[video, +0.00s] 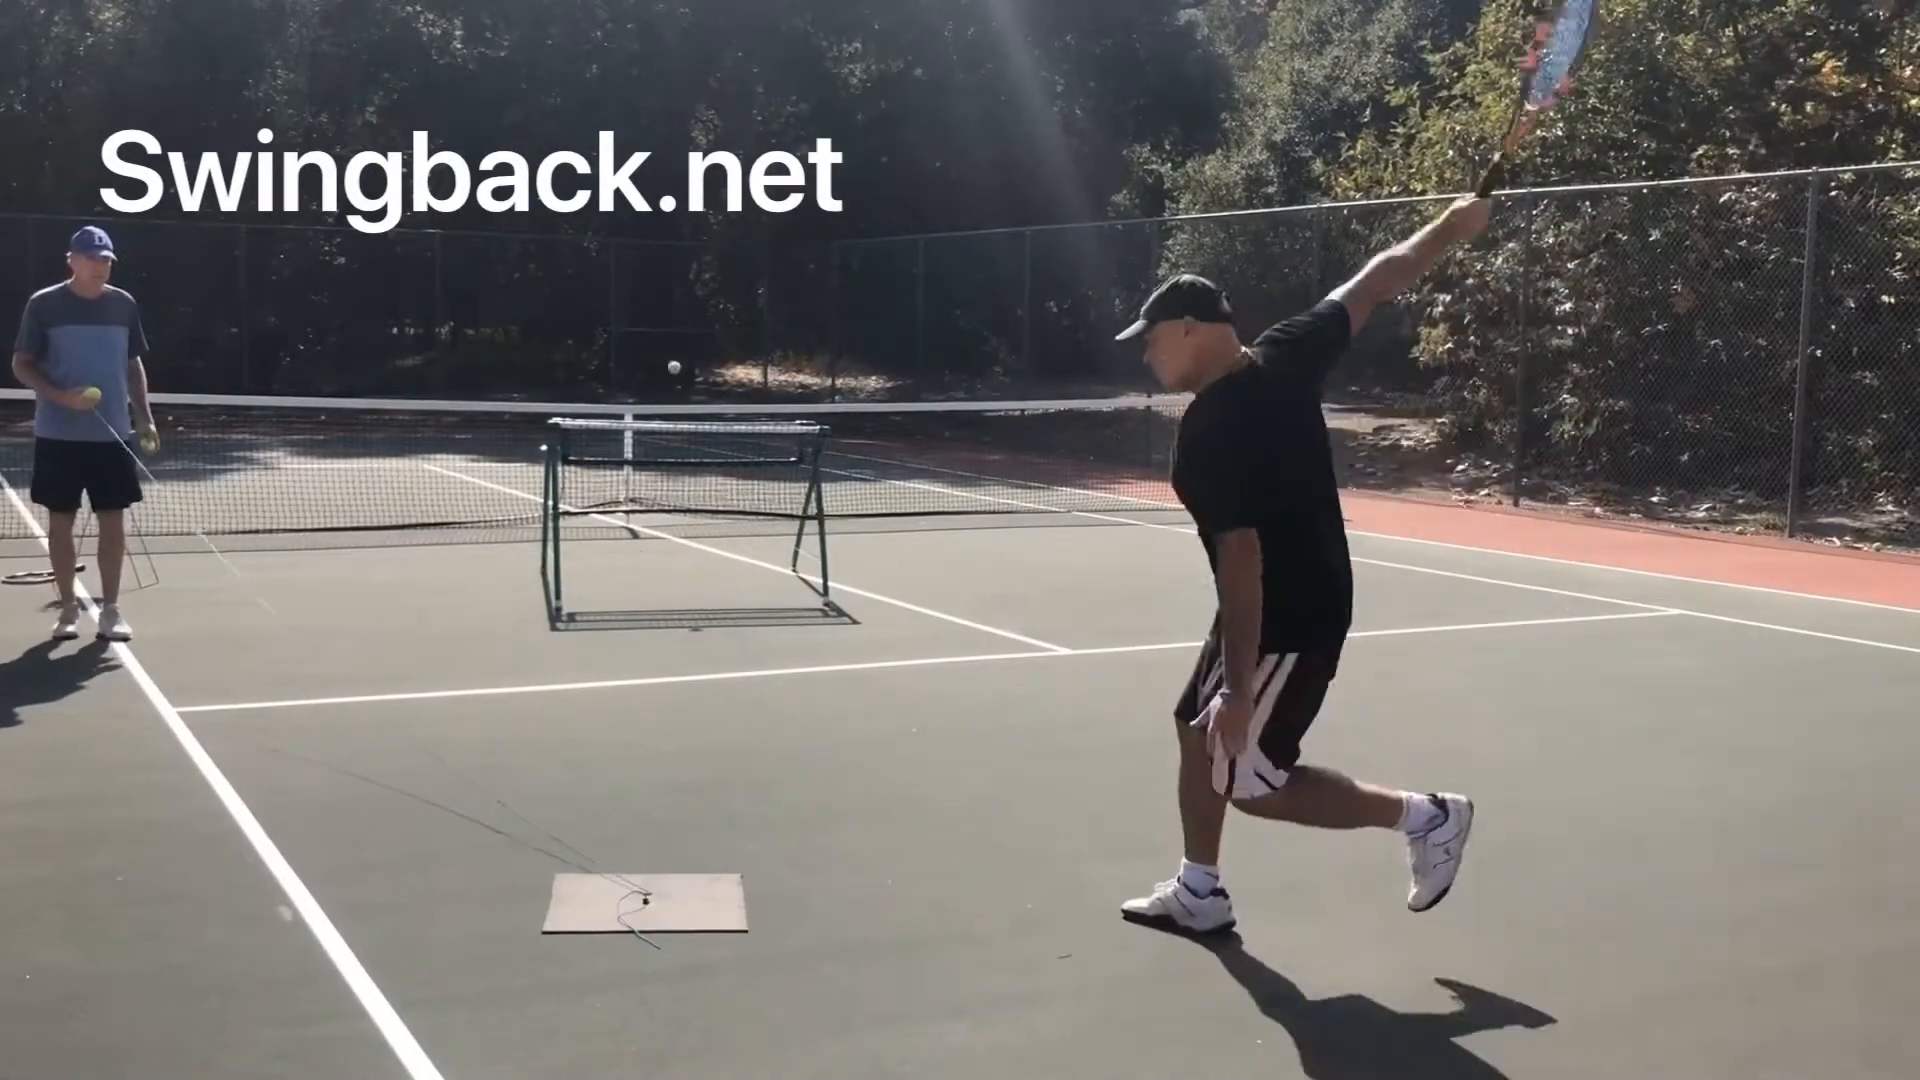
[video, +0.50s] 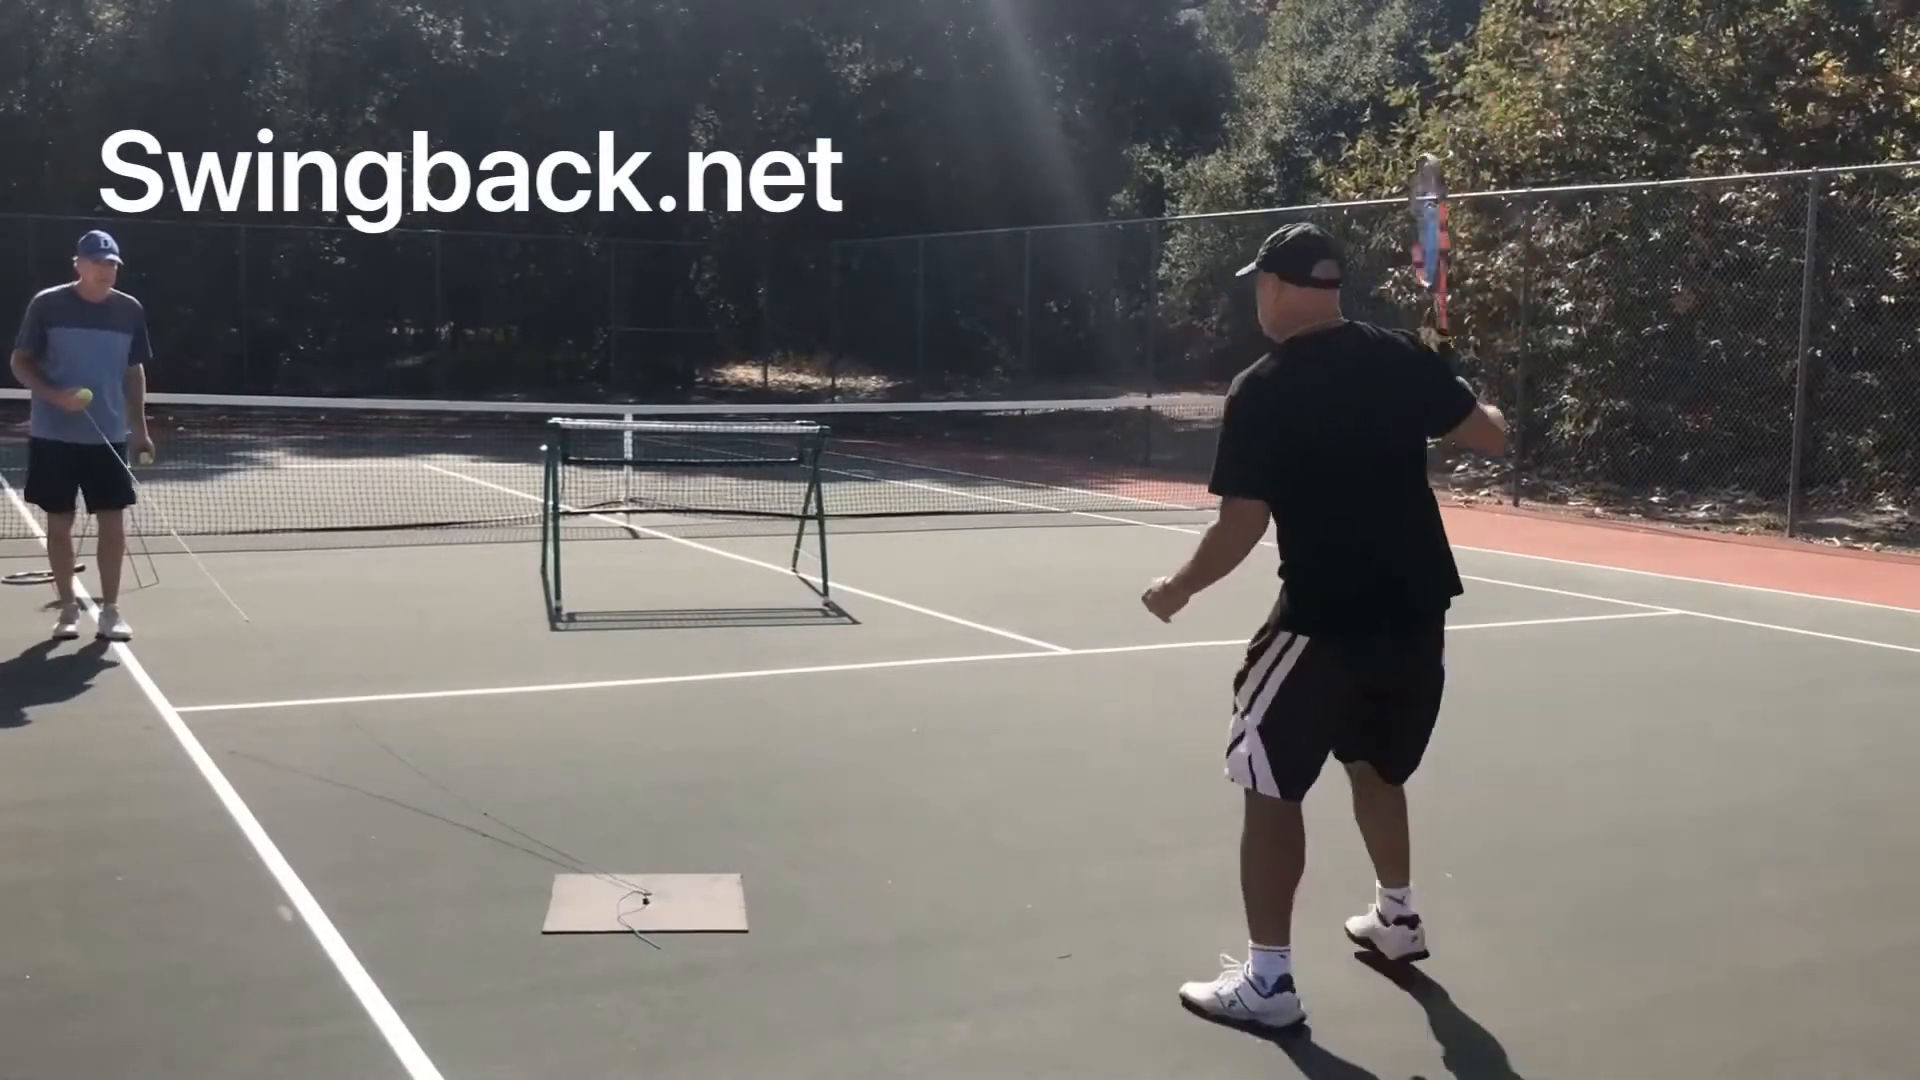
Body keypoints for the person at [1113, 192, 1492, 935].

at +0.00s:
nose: (1148, 356)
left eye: (1154, 339)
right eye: (1146, 342)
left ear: (1195, 332)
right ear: (1210, 330)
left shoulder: (1207, 438)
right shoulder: (1287, 353)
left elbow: (1241, 570)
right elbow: (1376, 283)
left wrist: (1237, 694)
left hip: (1292, 618)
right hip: (1288, 595)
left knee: (1253, 782)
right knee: (1197, 723)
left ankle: (1426, 818)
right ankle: (1200, 888)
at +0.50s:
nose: (1256, 298)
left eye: (1261, 286)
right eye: (1259, 285)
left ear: (1288, 291)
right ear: (1332, 289)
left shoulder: (1263, 389)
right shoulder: (1394, 357)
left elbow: (1243, 524)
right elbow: (1491, 435)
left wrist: (1181, 585)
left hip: (1322, 615)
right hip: (1414, 609)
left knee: (1267, 779)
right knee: (1373, 756)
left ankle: (1267, 978)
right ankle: (1400, 915)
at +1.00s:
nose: (1411, 282)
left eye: (1420, 268)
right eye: (1415, 268)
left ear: (1455, 275)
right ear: (1491, 279)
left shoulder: (1456, 369)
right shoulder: (1543, 357)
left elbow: (1458, 508)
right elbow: (1552, 496)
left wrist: (1393, 541)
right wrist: (1453, 561)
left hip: (1514, 610)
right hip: (1581, 602)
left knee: (1442, 776)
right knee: (1562, 779)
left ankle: (1487, 1011)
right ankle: (1613, 967)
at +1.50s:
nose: (1394, 318)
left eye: (1406, 302)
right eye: (1396, 303)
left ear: (1456, 311)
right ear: (1443, 313)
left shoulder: (1511, 391)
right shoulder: (1433, 395)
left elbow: (1564, 512)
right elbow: (1394, 481)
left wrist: (1435, 499)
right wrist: (1365, 525)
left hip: (1541, 638)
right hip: (1515, 634)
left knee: (1458, 792)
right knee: (1550, 812)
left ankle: (1555, 994)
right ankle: (1639, 980)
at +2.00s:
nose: (1193, 348)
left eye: (1203, 334)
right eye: (1192, 336)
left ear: (1247, 335)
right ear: (1229, 339)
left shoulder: (1320, 394)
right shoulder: (1210, 406)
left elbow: (1370, 468)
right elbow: (1187, 454)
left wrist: (1321, 396)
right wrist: (1217, 457)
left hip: (1357, 625)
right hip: (1276, 616)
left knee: (1371, 789)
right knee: (1193, 739)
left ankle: (1467, 969)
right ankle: (1141, 870)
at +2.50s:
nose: (1098, 388)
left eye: (1108, 373)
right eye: (1098, 376)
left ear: (1155, 368)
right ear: (1143, 375)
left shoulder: (1193, 415)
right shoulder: (1174, 428)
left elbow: (1234, 402)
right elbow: (1300, 423)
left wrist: (1287, 379)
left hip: (1274, 628)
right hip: (1222, 622)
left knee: (1178, 763)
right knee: (1135, 722)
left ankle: (1331, 874)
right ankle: (1126, 869)